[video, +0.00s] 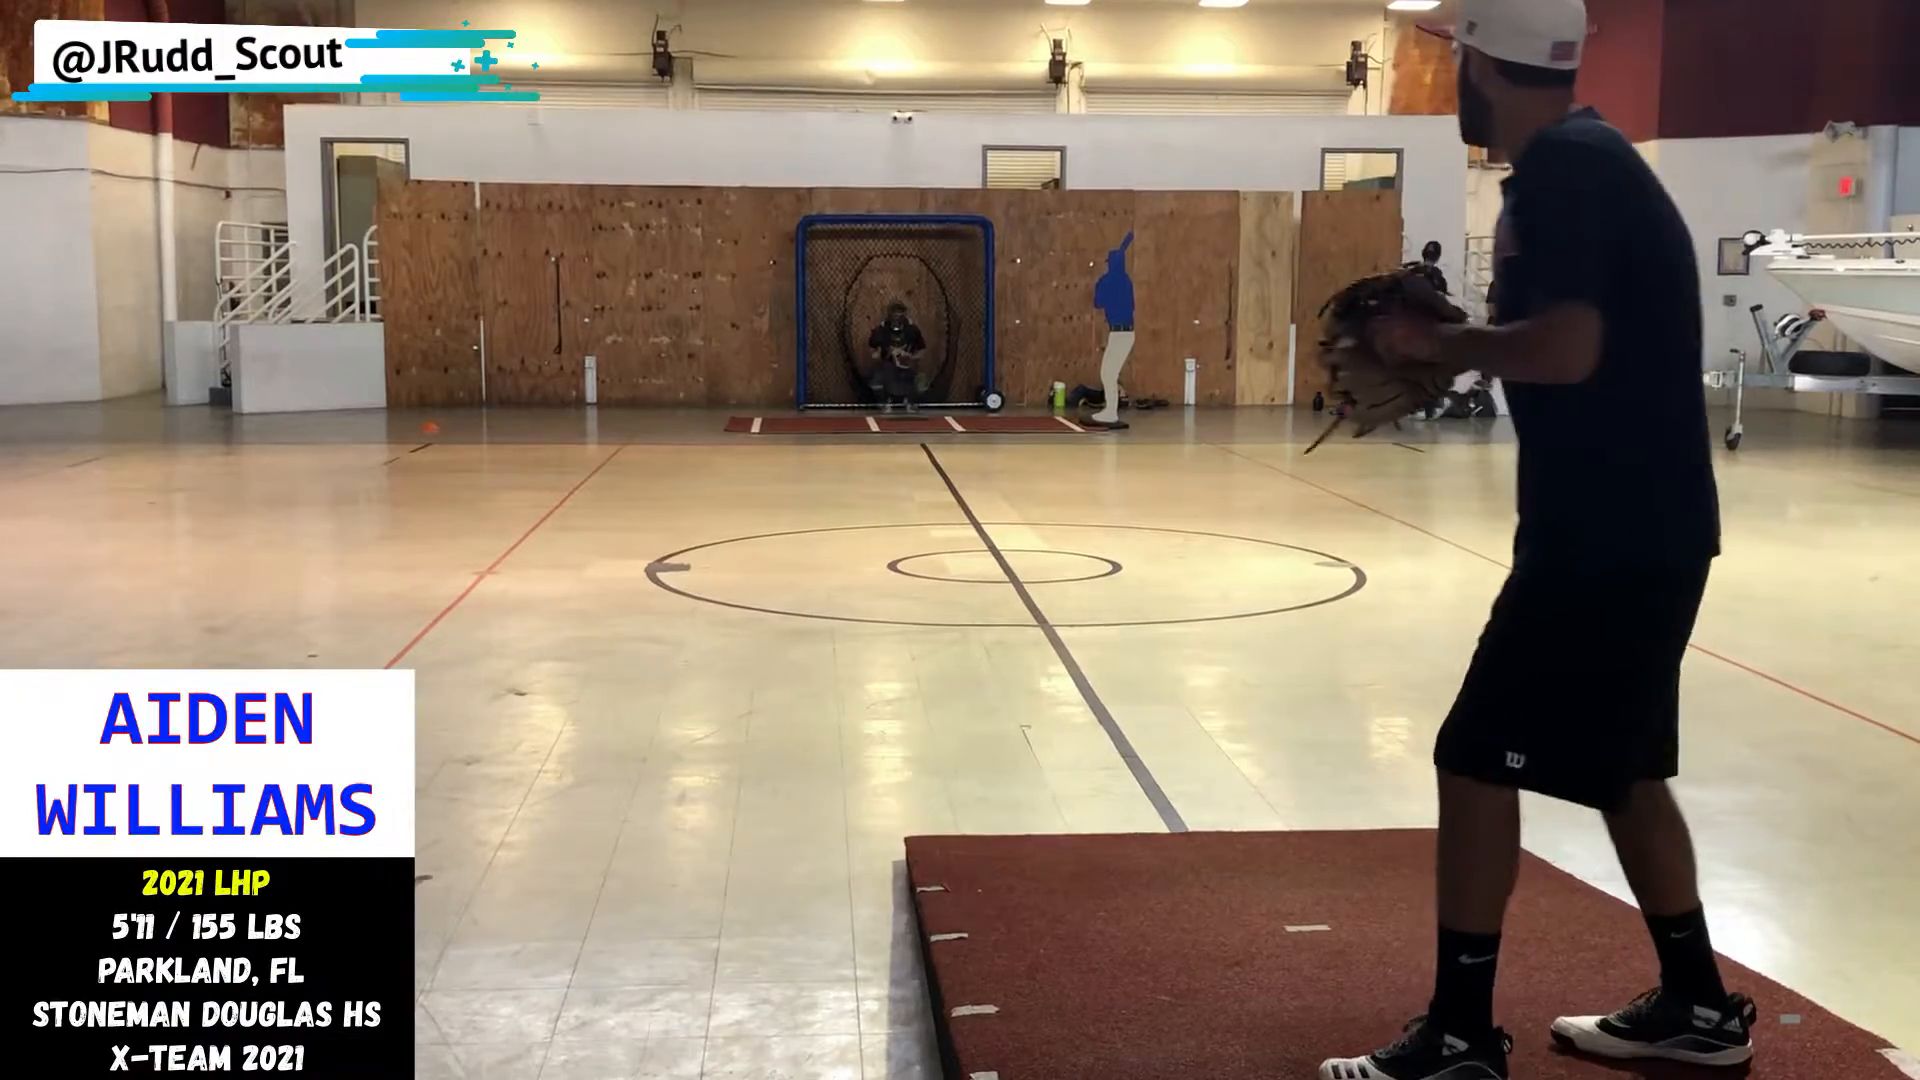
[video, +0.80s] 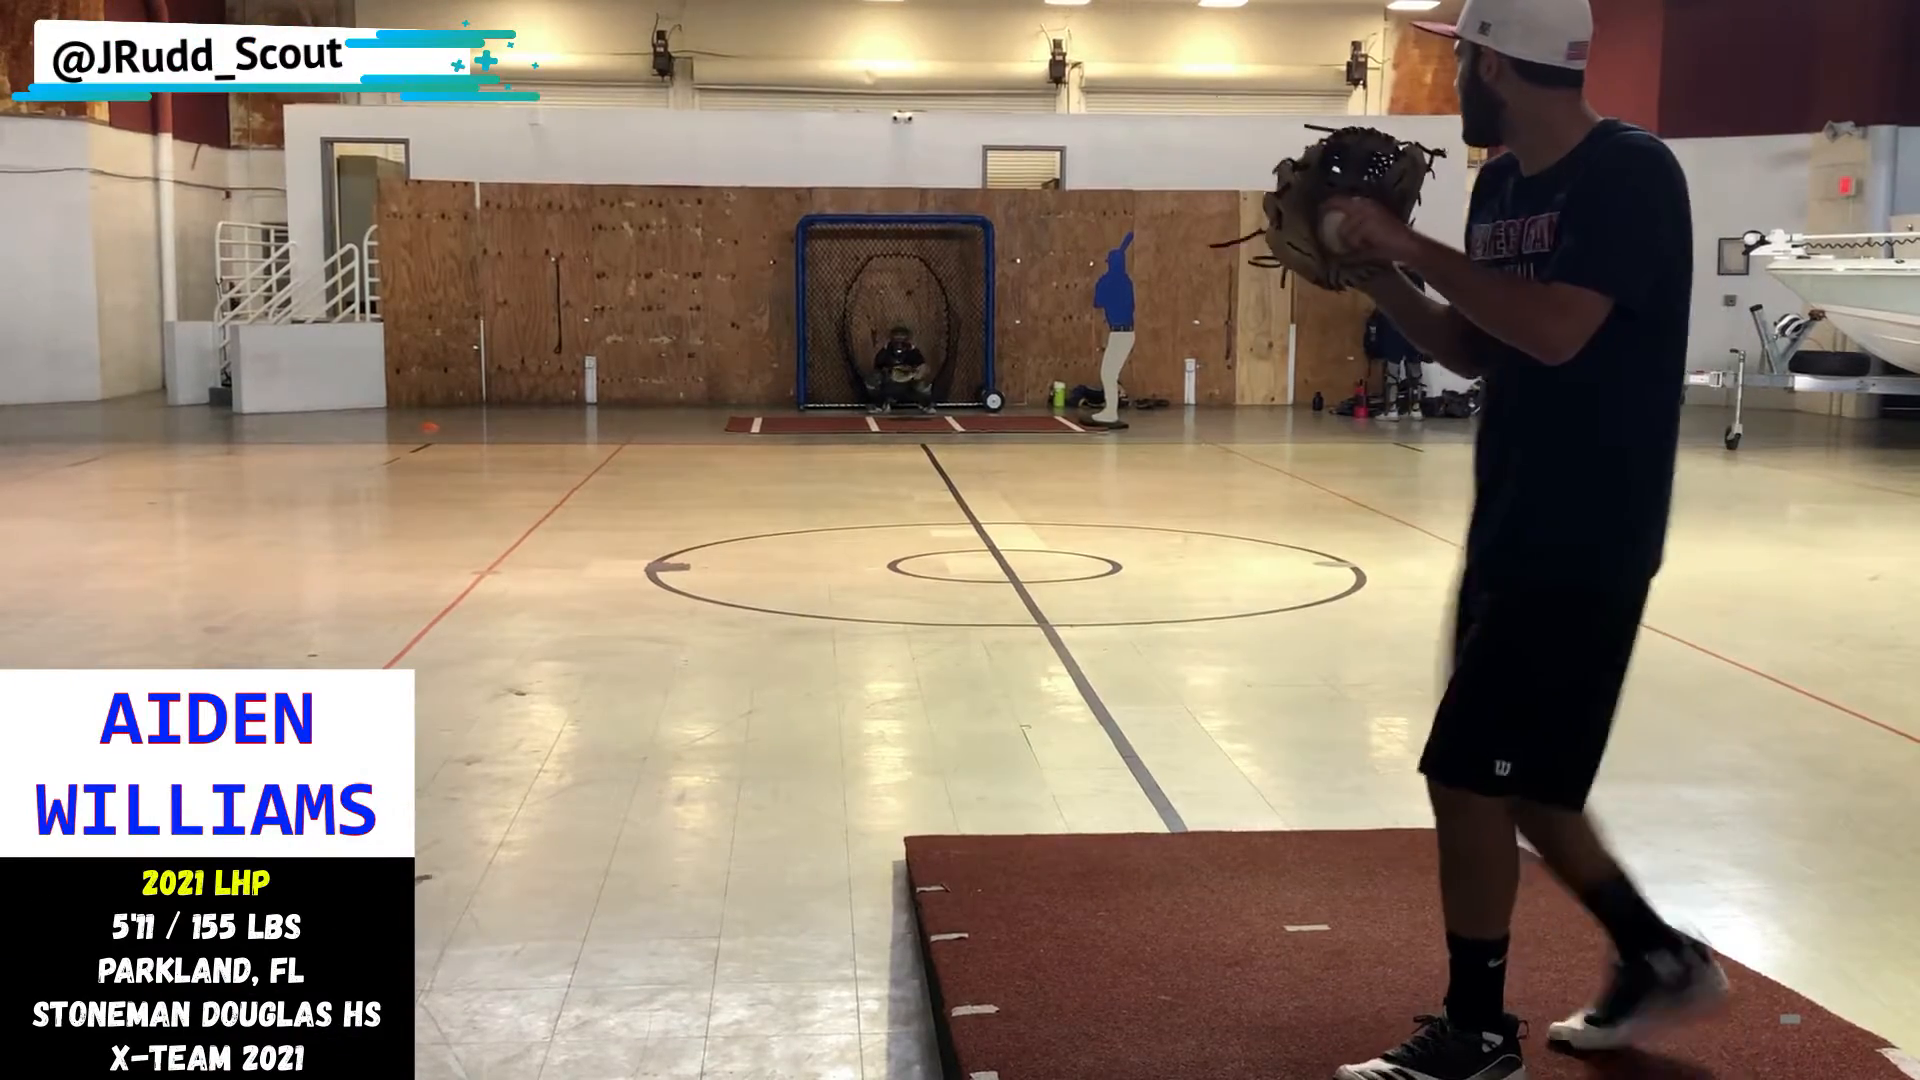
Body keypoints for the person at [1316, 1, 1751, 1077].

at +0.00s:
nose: (1456, 95)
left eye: (1457, 66)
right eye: (1456, 69)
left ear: (1483, 62)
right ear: (1559, 65)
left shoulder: (1560, 171)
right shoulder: (1601, 165)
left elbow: (1567, 347)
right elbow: (1582, 347)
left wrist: (1438, 343)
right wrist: (1453, 336)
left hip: (1590, 540)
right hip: (1652, 534)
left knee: (1473, 755)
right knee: (1628, 766)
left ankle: (1459, 1030)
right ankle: (1696, 1001)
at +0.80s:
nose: (1461, 75)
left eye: (1467, 53)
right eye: (1464, 55)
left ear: (1496, 62)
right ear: (1542, 65)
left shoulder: (1630, 174)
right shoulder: (1501, 186)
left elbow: (1560, 326)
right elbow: (1477, 350)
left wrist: (1408, 243)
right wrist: (1374, 278)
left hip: (1587, 535)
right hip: (1515, 528)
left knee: (1465, 770)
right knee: (1522, 779)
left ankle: (1476, 1027)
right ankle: (1657, 958)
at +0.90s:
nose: (1456, 77)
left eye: (1466, 55)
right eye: (1459, 54)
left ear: (1498, 62)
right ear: (1534, 63)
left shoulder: (1632, 170)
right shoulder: (1492, 184)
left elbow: (1563, 322)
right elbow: (1466, 351)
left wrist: (1407, 245)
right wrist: (1367, 277)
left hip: (1560, 533)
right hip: (1471, 514)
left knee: (1453, 766)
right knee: (1371, 733)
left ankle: (1477, 1031)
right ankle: (1535, 883)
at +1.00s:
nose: (1453, 75)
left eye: (1458, 50)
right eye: (1456, 53)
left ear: (1489, 54)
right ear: (1539, 56)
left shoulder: (1632, 168)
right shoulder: (1483, 181)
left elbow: (1564, 321)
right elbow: (1457, 349)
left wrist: (1400, 245)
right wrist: (1362, 277)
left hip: (1543, 531)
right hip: (1441, 499)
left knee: (1451, 775)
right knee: (1275, 658)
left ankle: (1476, 1026)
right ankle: (1365, 860)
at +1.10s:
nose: (1448, 73)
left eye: (1458, 51)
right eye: (1451, 52)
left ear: (1496, 57)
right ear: (1520, 61)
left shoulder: (1623, 168)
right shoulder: (1477, 183)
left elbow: (1559, 322)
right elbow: (1446, 346)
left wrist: (1388, 247)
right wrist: (1349, 276)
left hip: (1517, 519)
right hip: (1422, 481)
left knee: (1448, 772)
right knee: (1207, 552)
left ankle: (1477, 1028)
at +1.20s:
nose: (1436, 79)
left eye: (1442, 56)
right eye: (1439, 59)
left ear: (1475, 58)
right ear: (1524, 60)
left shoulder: (1611, 171)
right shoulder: (1463, 183)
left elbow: (1542, 324)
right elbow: (1432, 345)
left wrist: (1385, 245)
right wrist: (1339, 273)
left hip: (1492, 517)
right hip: (1405, 472)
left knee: (1437, 768)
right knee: (1183, 445)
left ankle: (1476, 1028)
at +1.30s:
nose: (1421, 87)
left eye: (1429, 65)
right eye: (1424, 68)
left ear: (1460, 67)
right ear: (1506, 72)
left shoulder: (1593, 176)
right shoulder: (1447, 186)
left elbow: (1528, 325)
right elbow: (1405, 343)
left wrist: (1377, 244)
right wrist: (1322, 272)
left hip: (1471, 513)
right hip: (1384, 459)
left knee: (1426, 762)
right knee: (1185, 356)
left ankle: (1477, 1027)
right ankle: (1033, 571)